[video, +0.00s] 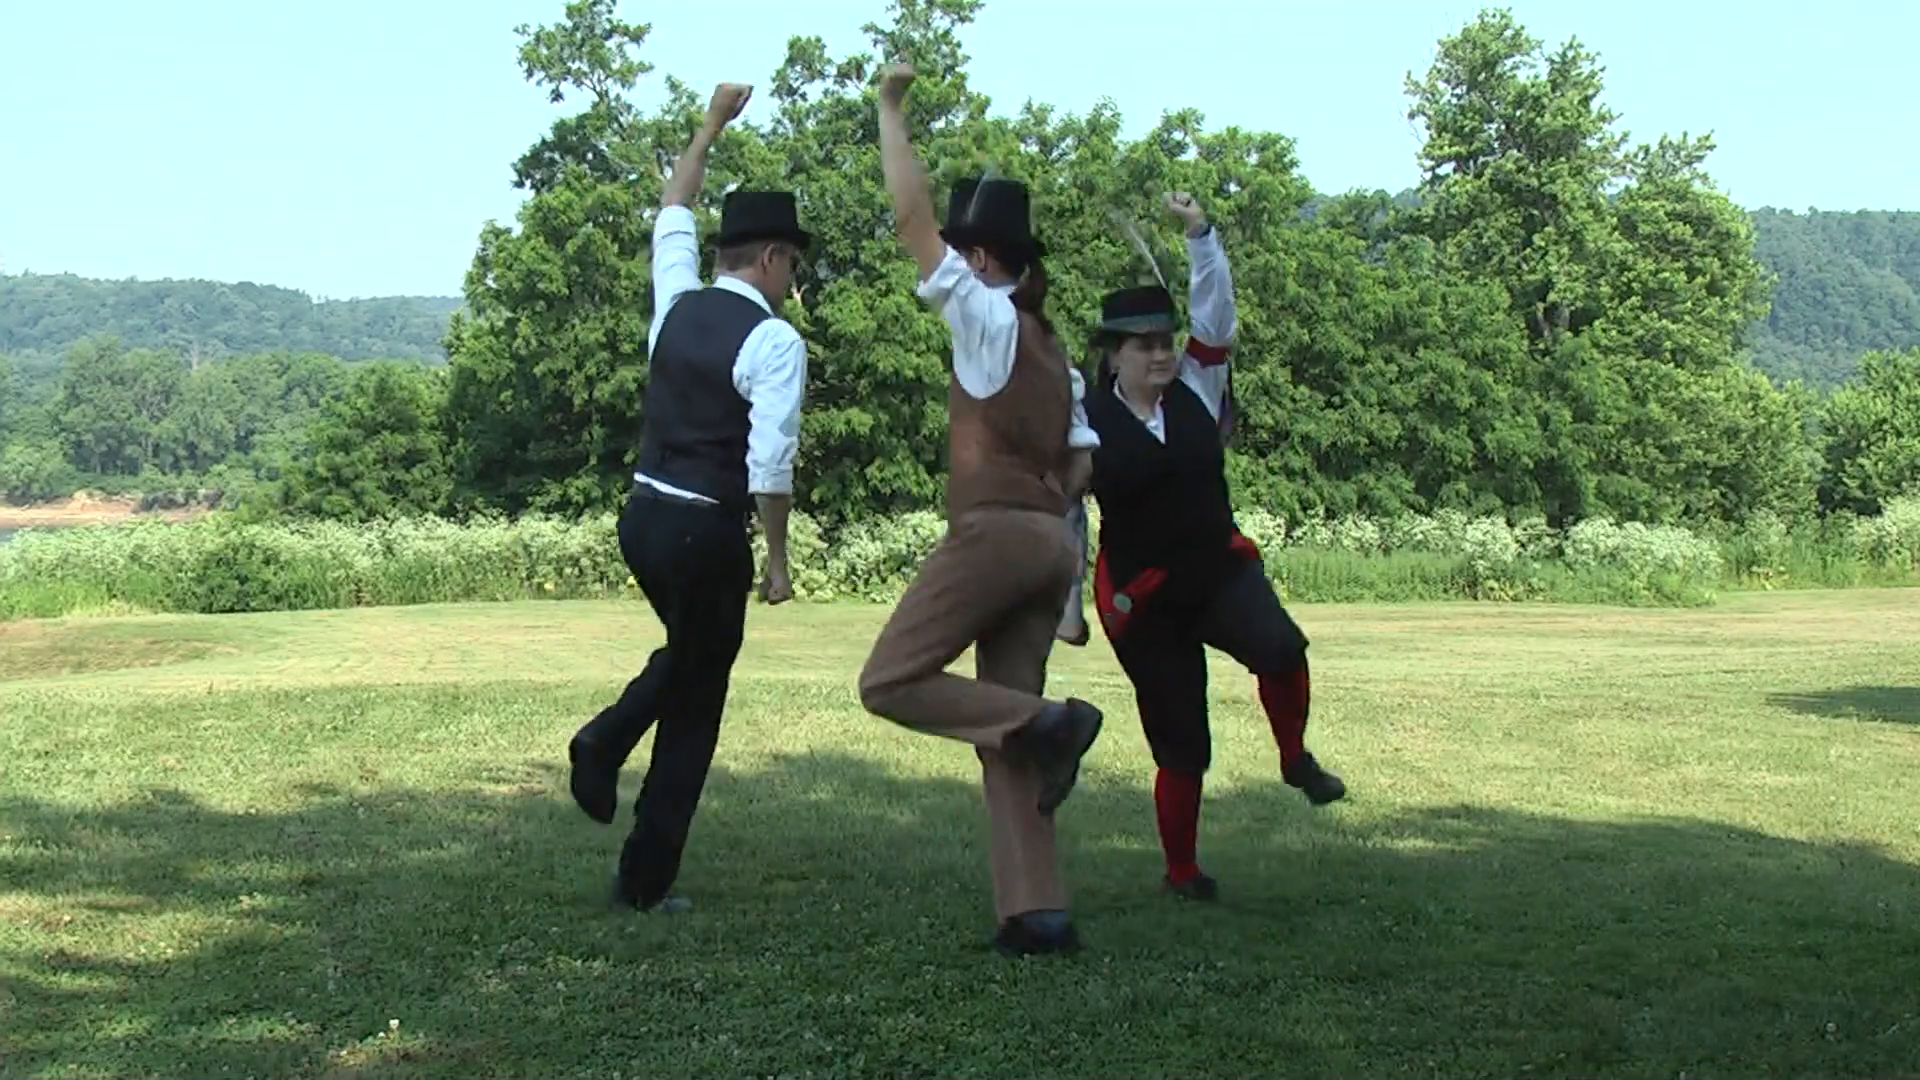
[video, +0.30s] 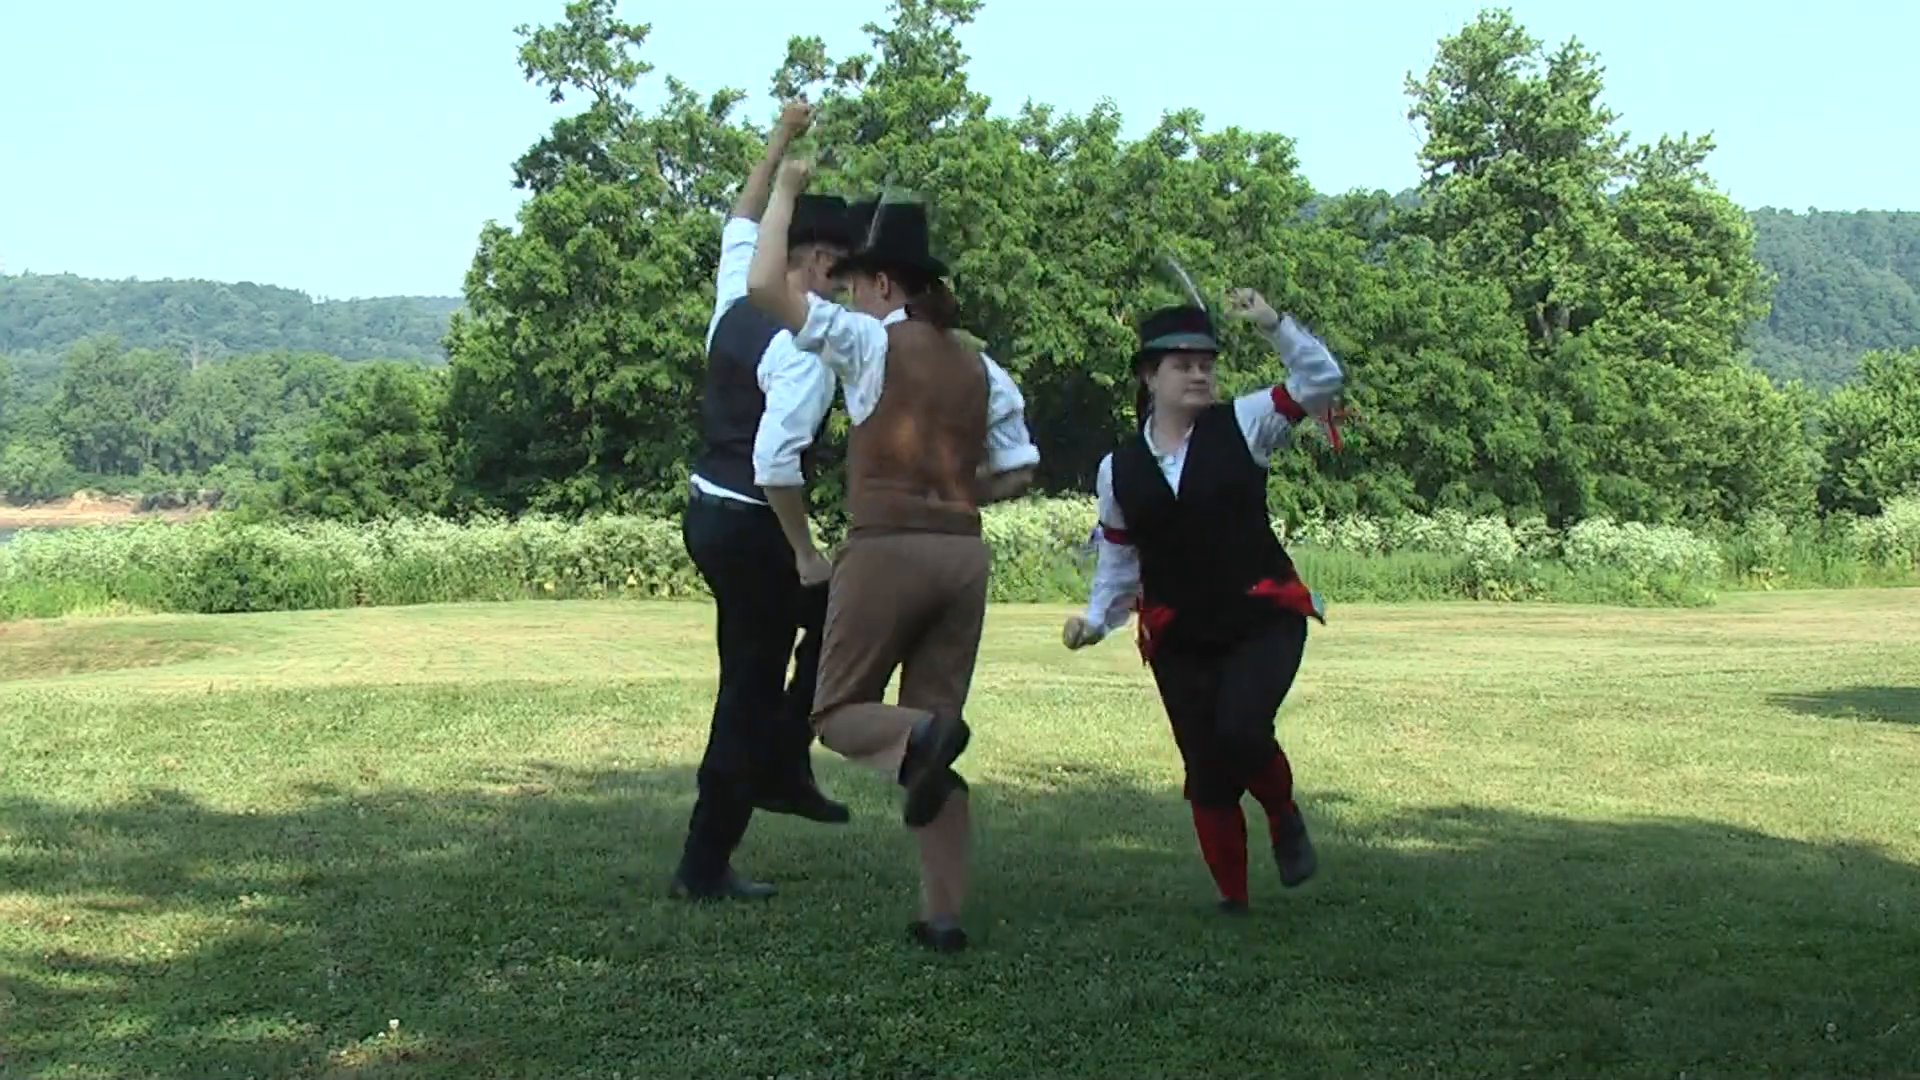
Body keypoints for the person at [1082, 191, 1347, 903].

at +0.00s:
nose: (1158, 354)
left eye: (1164, 343)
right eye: (1144, 344)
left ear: (1174, 348)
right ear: (1113, 351)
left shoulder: (1198, 388)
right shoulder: (1086, 418)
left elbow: (1214, 320)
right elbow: (1066, 509)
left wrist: (1202, 235)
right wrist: (1067, 602)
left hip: (1221, 571)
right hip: (1144, 592)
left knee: (1285, 653)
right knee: (1183, 746)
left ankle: (1292, 757)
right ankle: (1182, 871)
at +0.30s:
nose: (1198, 376)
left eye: (1207, 366)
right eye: (1182, 366)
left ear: (1217, 374)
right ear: (1149, 377)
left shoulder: (1243, 423)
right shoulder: (1119, 470)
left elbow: (1324, 381)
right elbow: (1117, 564)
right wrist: (1096, 618)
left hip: (1263, 618)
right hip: (1180, 634)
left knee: (1240, 733)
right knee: (1205, 771)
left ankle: (1284, 818)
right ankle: (1234, 899)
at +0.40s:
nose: (1215, 386)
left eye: (1222, 375)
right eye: (1199, 376)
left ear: (1232, 386)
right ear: (1163, 391)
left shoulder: (1262, 439)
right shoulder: (1134, 476)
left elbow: (1345, 427)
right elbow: (1084, 551)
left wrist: (1366, 374)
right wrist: (1053, 522)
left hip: (1273, 625)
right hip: (1187, 641)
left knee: (1239, 717)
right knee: (1201, 786)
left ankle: (1276, 846)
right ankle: (1233, 901)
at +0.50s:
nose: (1237, 362)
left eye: (1245, 350)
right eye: (1221, 352)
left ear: (1256, 359)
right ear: (1187, 366)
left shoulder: (1284, 415)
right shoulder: (1148, 432)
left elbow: (1366, 417)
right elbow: (1051, 430)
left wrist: (1445, 420)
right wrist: (1057, 360)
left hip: (1280, 606)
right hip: (1194, 617)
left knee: (1259, 694)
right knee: (1213, 760)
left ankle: (1268, 852)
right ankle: (1231, 890)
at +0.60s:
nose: (1251, 344)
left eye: (1260, 333)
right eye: (1235, 334)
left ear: (1271, 343)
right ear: (1201, 346)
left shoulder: (1305, 410)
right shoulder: (1172, 400)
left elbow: (1367, 481)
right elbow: (1120, 323)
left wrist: (1434, 538)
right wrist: (1082, 231)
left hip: (1289, 598)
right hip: (1200, 600)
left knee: (1273, 730)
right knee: (1206, 751)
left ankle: (1263, 888)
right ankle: (1217, 860)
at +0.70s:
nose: (1278, 356)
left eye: (1286, 345)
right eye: (1261, 347)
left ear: (1297, 357)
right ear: (1226, 360)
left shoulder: (1327, 442)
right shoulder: (1195, 416)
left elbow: (1351, 545)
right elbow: (1165, 314)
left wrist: (1356, 634)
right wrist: (1186, 224)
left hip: (1299, 626)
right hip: (1207, 622)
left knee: (1268, 773)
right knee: (1187, 783)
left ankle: (1257, 939)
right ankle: (1213, 871)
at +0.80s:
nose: (1307, 363)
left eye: (1314, 353)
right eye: (1291, 354)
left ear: (1326, 368)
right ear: (1254, 368)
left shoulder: (1349, 455)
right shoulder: (1224, 419)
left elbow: (1362, 562)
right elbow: (1211, 318)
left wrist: (1368, 650)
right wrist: (1244, 227)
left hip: (1310, 644)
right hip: (1217, 636)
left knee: (1287, 784)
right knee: (1224, 763)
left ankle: (1253, 944)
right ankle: (1207, 904)